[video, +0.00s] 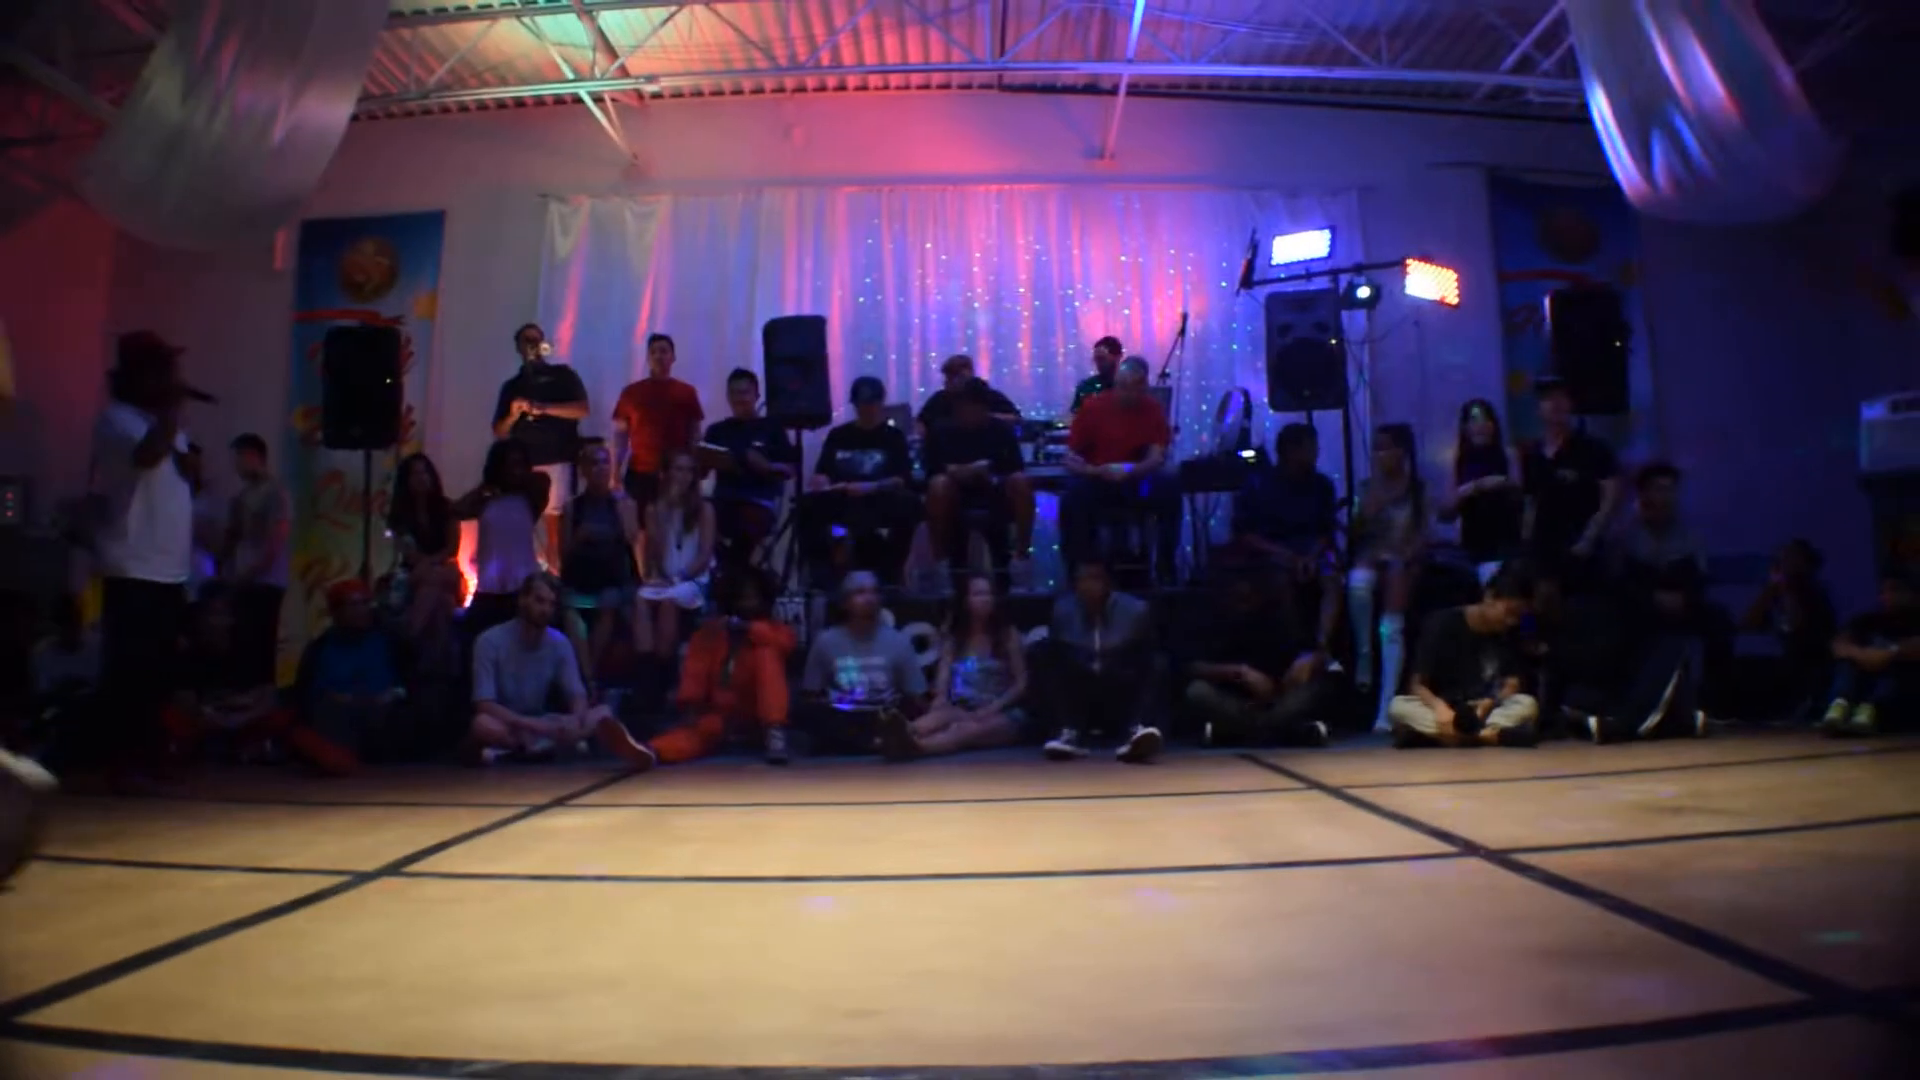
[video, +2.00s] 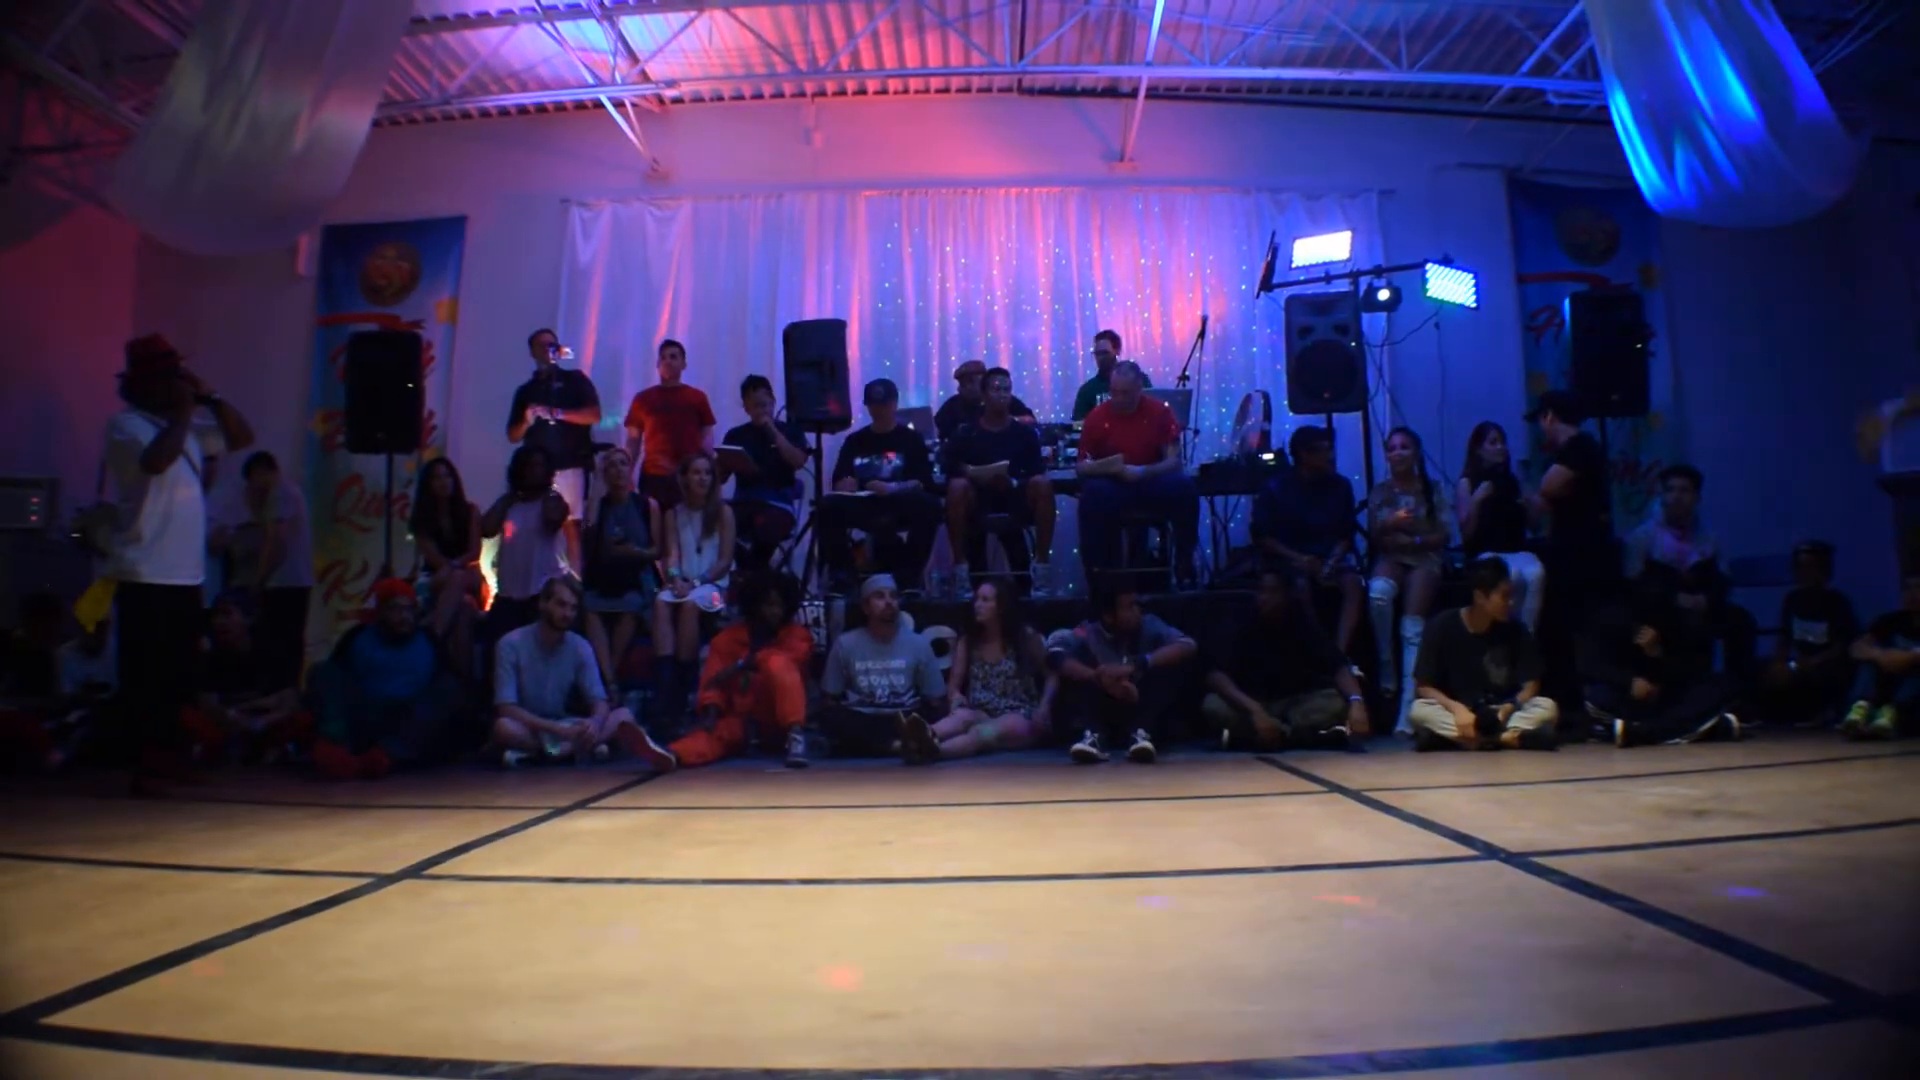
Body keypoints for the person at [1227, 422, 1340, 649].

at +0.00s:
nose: (1310, 457)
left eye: (1312, 450)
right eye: (1303, 450)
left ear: (1315, 451)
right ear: (1285, 452)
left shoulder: (1322, 485)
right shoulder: (1262, 484)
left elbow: (1327, 532)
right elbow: (1246, 534)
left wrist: (1313, 556)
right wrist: (1287, 557)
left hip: (1312, 556)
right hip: (1274, 556)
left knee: (1332, 580)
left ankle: (1322, 649)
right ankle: (1293, 650)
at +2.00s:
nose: (1329, 456)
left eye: (1330, 450)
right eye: (1322, 450)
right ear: (1303, 454)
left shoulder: (1340, 486)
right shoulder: (1278, 487)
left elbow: (1348, 533)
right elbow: (1262, 536)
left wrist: (1333, 560)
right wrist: (1300, 560)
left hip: (1330, 557)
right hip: (1292, 558)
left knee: (1353, 583)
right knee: (1299, 585)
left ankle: (1340, 657)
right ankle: (1311, 656)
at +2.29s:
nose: (1323, 456)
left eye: (1325, 450)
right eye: (1316, 450)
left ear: (1328, 453)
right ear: (1298, 454)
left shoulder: (1335, 486)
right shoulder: (1276, 488)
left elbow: (1346, 533)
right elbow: (1263, 541)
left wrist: (1330, 558)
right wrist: (1303, 562)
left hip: (1328, 558)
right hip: (1291, 558)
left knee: (1352, 583)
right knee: (1299, 584)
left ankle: (1340, 655)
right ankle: (1308, 656)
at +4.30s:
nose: (1320, 453)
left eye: (1323, 447)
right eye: (1313, 448)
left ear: (1327, 451)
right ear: (1296, 452)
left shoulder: (1338, 486)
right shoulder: (1278, 487)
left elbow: (1346, 533)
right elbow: (1269, 537)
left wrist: (1331, 560)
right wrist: (1306, 562)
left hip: (1329, 557)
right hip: (1293, 558)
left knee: (1353, 580)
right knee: (1300, 585)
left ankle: (1354, 649)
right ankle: (1311, 656)